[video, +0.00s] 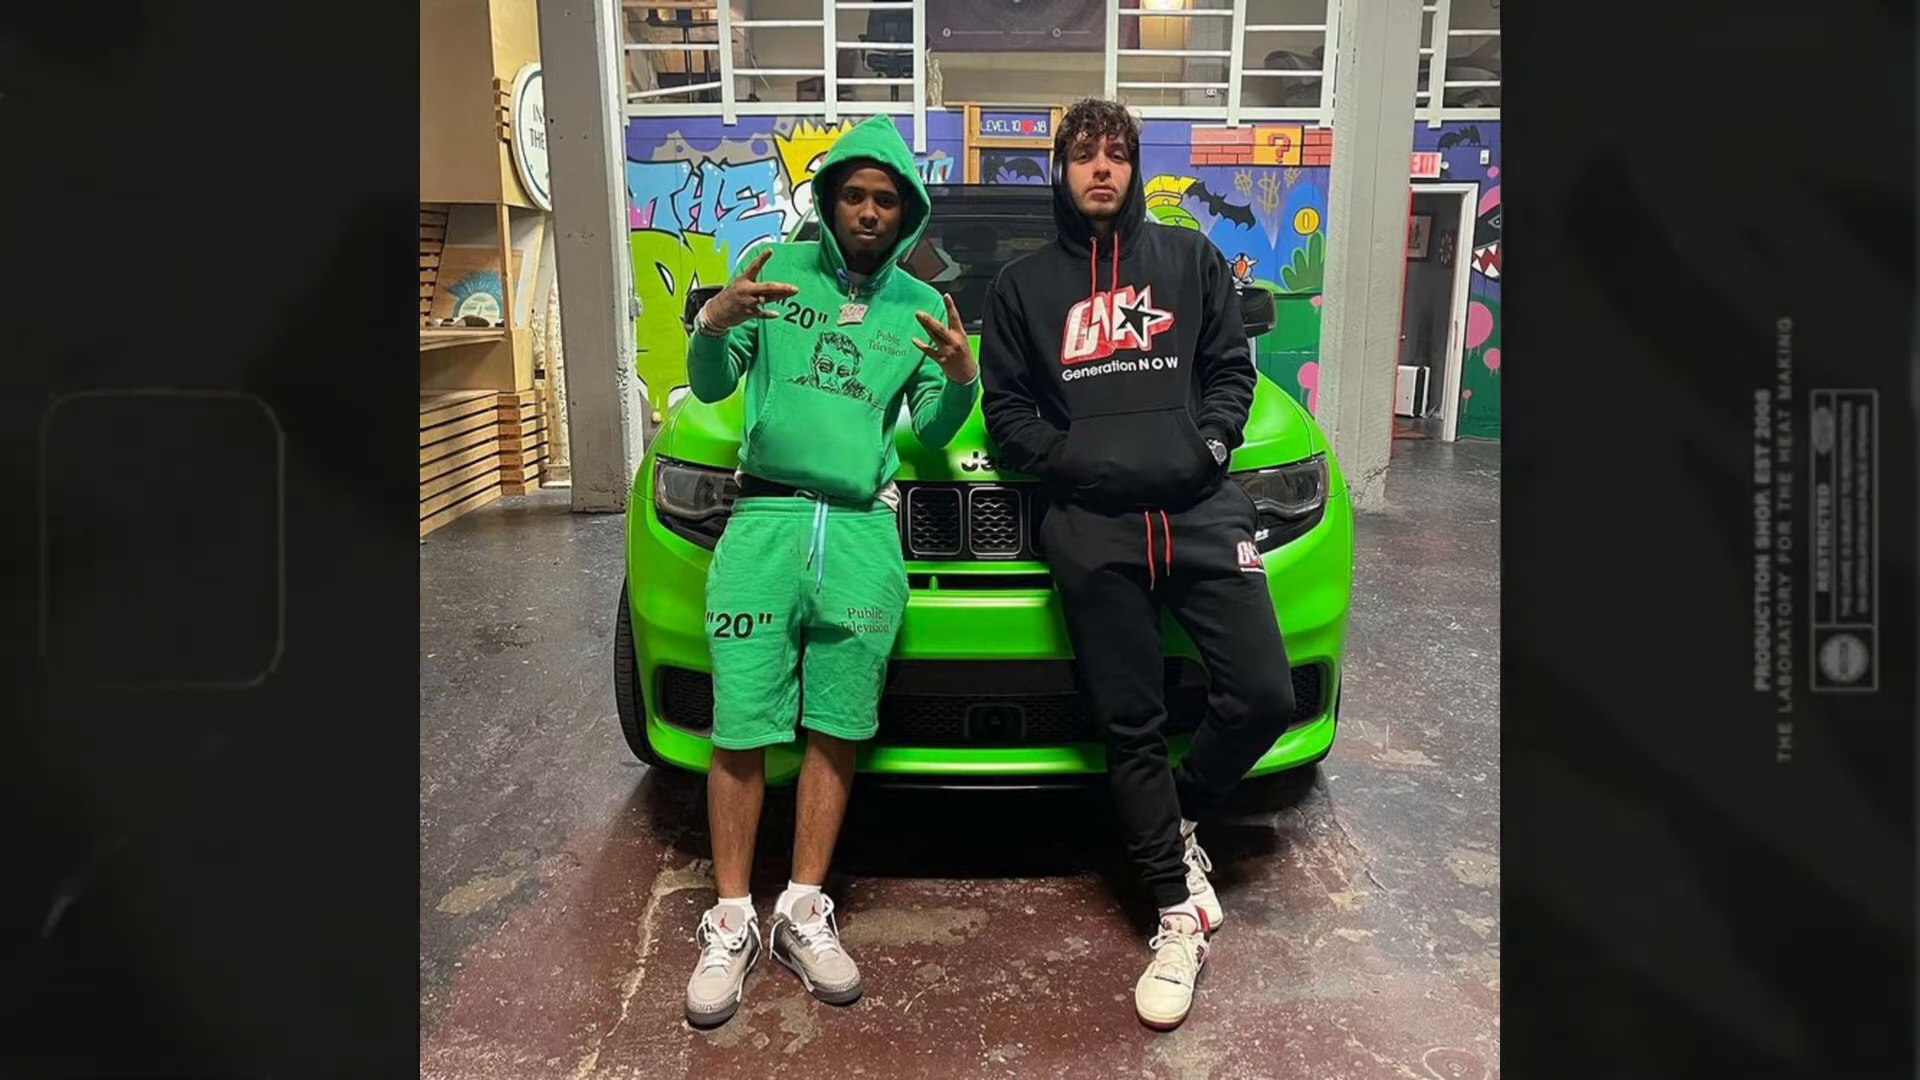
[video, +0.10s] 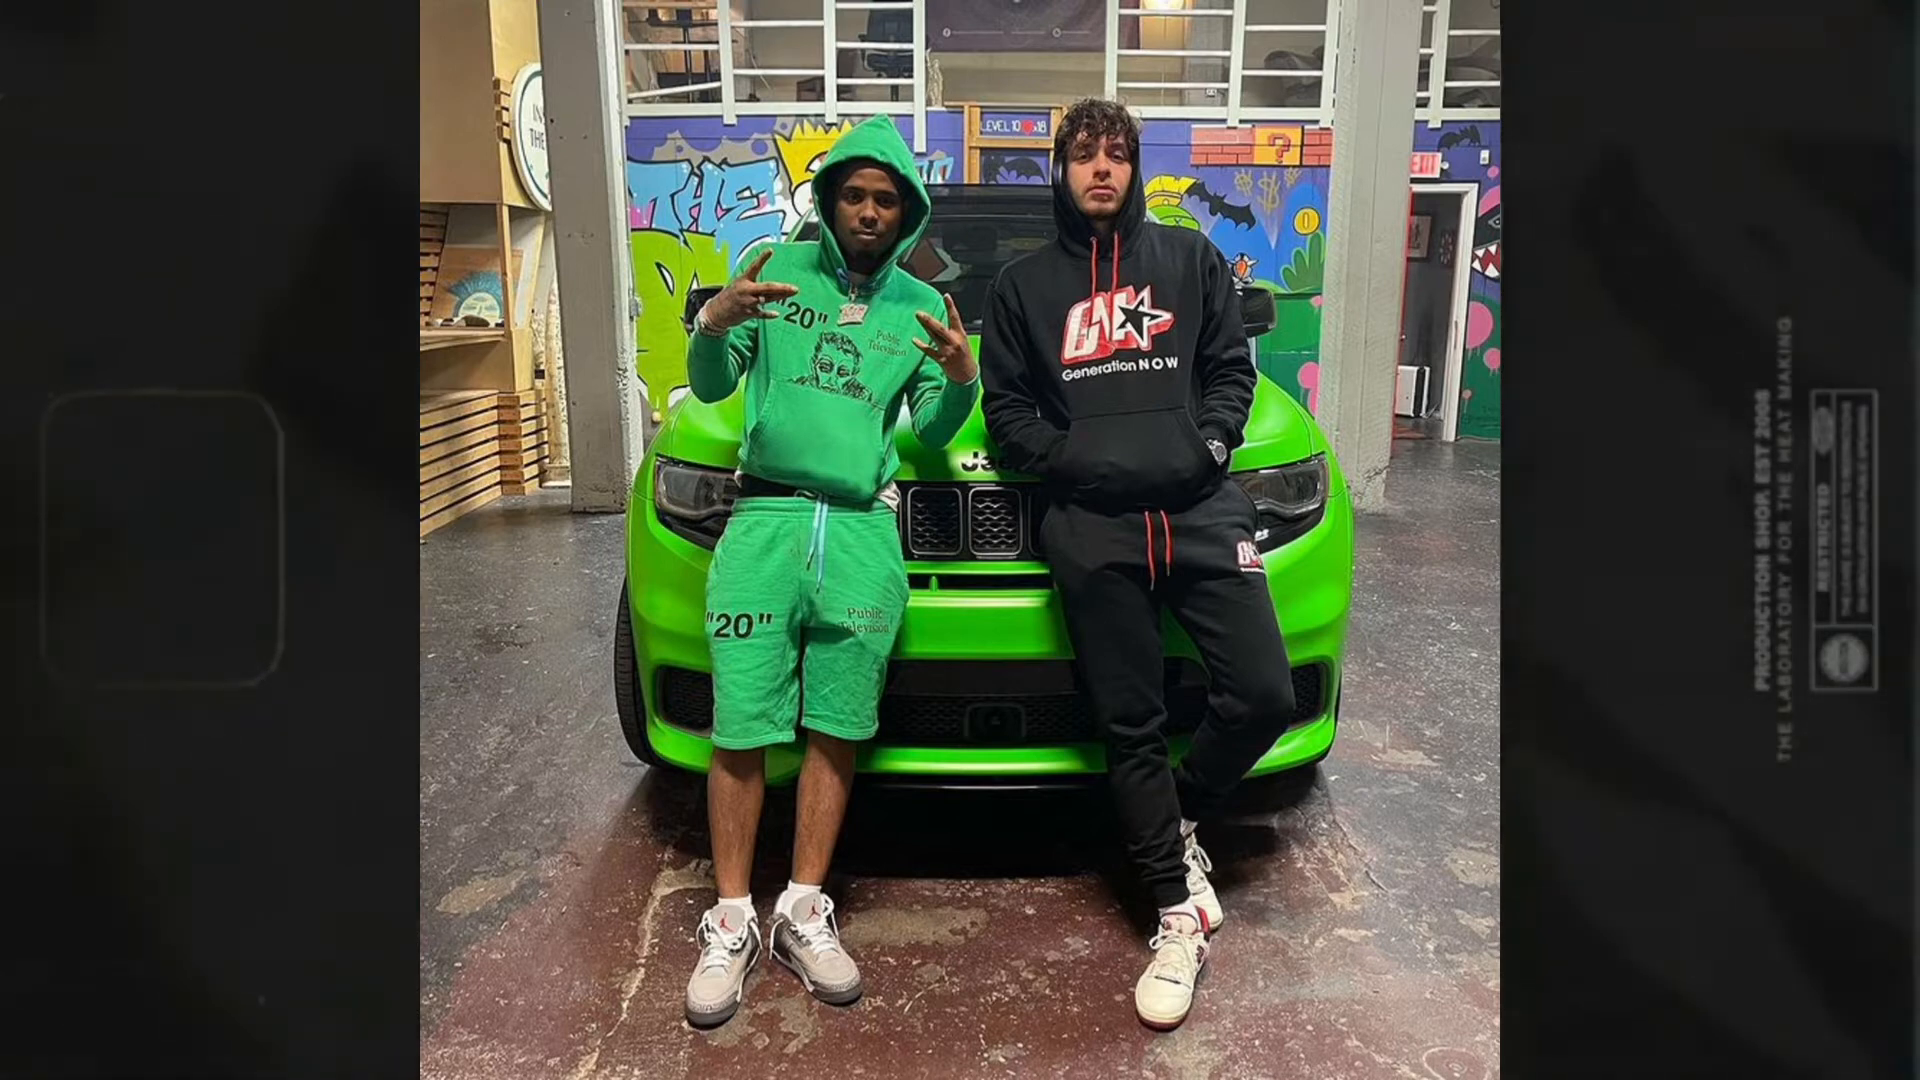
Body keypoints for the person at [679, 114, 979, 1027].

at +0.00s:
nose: (868, 212)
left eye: (885, 198)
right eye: (854, 196)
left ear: (907, 212)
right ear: (827, 202)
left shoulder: (923, 305)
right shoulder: (776, 268)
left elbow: (923, 439)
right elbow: (712, 384)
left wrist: (961, 380)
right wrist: (713, 321)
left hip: (861, 527)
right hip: (763, 517)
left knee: (838, 728)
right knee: (741, 728)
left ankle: (805, 908)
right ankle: (732, 919)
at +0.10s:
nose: (868, 212)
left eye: (885, 198)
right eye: (854, 196)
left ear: (907, 212)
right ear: (827, 202)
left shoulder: (923, 305)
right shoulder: (776, 268)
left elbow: (923, 439)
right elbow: (712, 384)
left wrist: (961, 380)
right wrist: (713, 321)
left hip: (861, 527)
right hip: (763, 517)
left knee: (838, 728)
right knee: (741, 728)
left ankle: (805, 908)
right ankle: (732, 919)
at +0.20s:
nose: (868, 212)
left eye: (885, 198)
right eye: (854, 196)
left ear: (907, 212)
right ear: (827, 202)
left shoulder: (923, 305)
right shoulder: (776, 268)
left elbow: (923, 439)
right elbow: (712, 384)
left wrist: (961, 380)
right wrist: (713, 321)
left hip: (861, 527)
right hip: (763, 517)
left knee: (838, 728)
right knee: (741, 728)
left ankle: (805, 908)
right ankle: (732, 919)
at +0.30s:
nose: (868, 212)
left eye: (885, 198)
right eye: (854, 196)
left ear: (907, 212)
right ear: (827, 202)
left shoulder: (923, 305)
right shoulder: (776, 268)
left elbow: (923, 439)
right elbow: (712, 384)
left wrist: (961, 380)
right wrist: (713, 321)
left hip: (861, 527)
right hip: (763, 517)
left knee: (838, 728)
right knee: (741, 728)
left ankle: (805, 908)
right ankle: (732, 919)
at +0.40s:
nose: (868, 212)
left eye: (885, 198)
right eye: (854, 196)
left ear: (907, 212)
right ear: (827, 202)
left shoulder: (923, 305)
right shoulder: (776, 268)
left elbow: (923, 439)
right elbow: (712, 384)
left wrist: (961, 380)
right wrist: (713, 321)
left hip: (861, 527)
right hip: (763, 517)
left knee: (838, 728)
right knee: (741, 728)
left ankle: (805, 908)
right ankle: (732, 919)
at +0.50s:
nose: (868, 212)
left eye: (885, 198)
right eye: (854, 196)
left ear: (907, 212)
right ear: (827, 202)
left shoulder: (923, 305)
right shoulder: (776, 268)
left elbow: (923, 439)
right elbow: (712, 384)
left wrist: (961, 380)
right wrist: (713, 321)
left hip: (861, 527)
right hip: (763, 517)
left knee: (838, 728)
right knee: (741, 728)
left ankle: (805, 908)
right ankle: (732, 919)